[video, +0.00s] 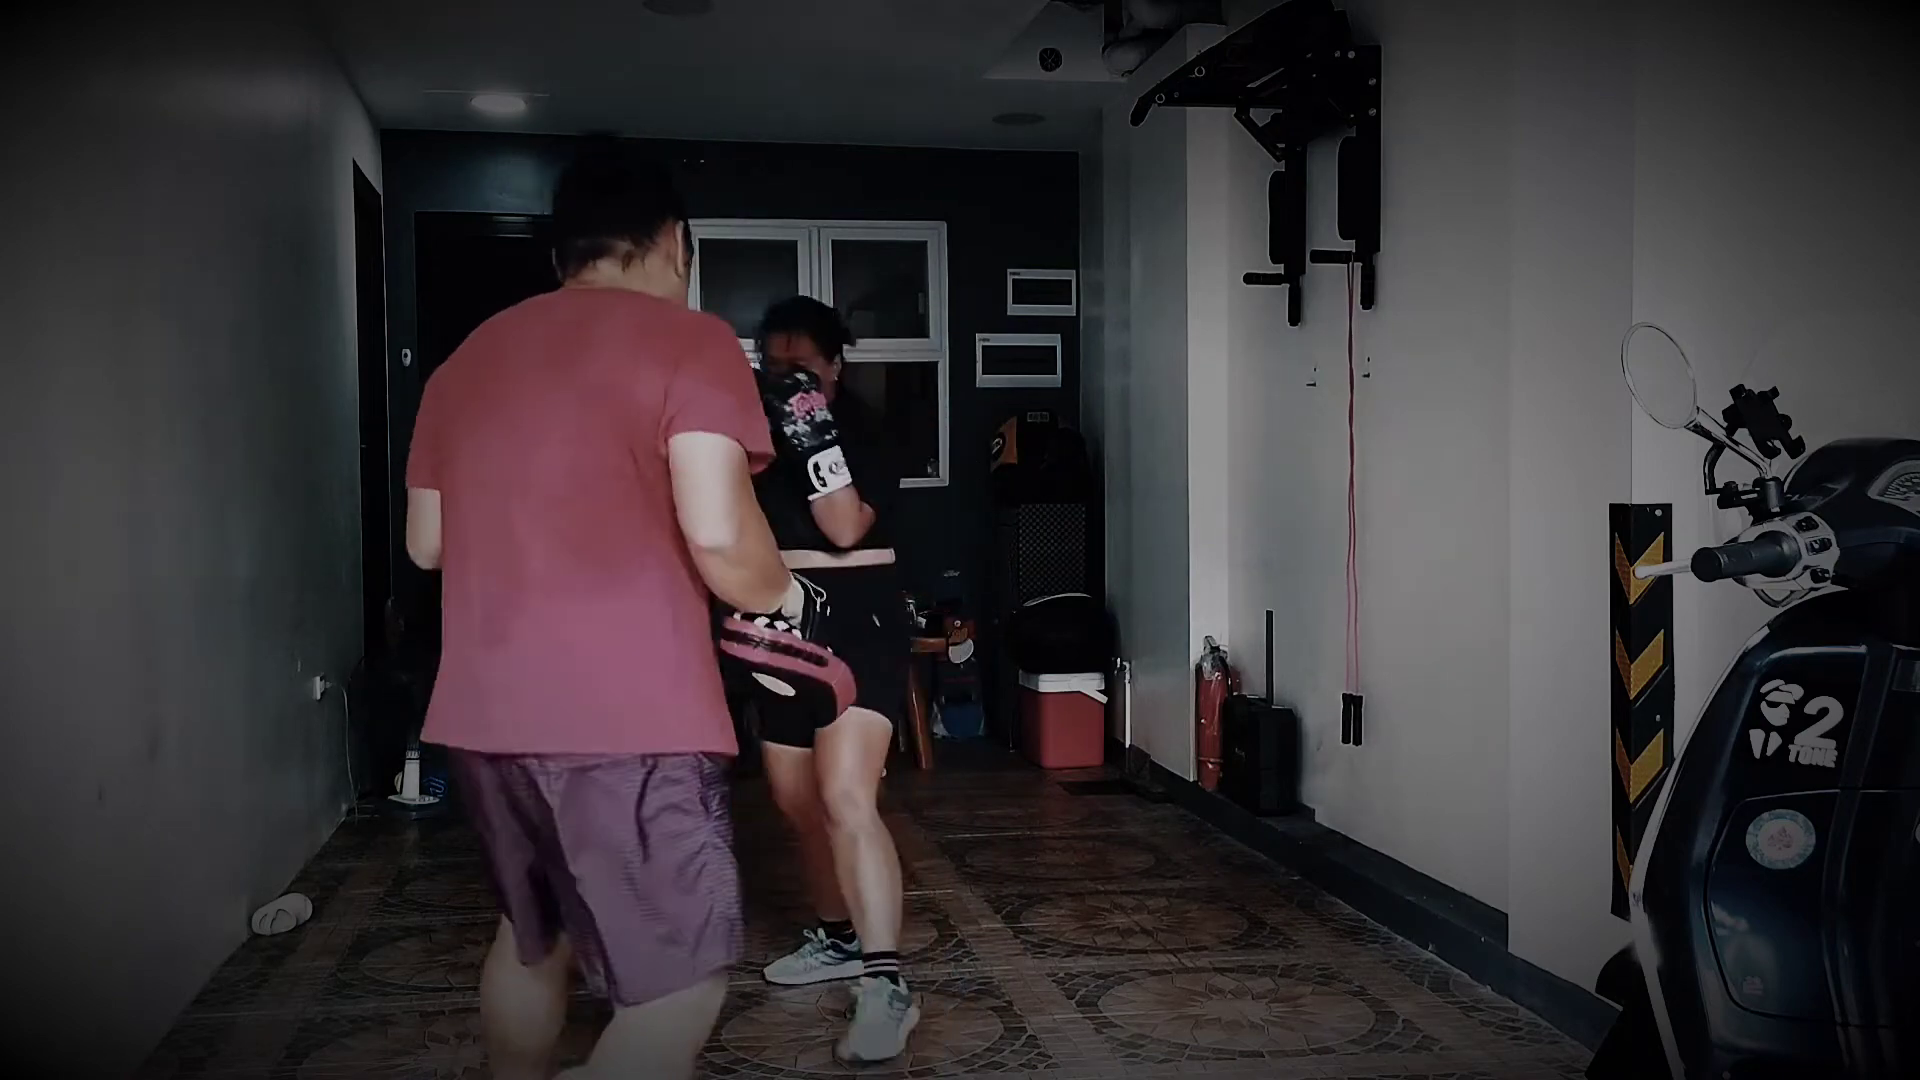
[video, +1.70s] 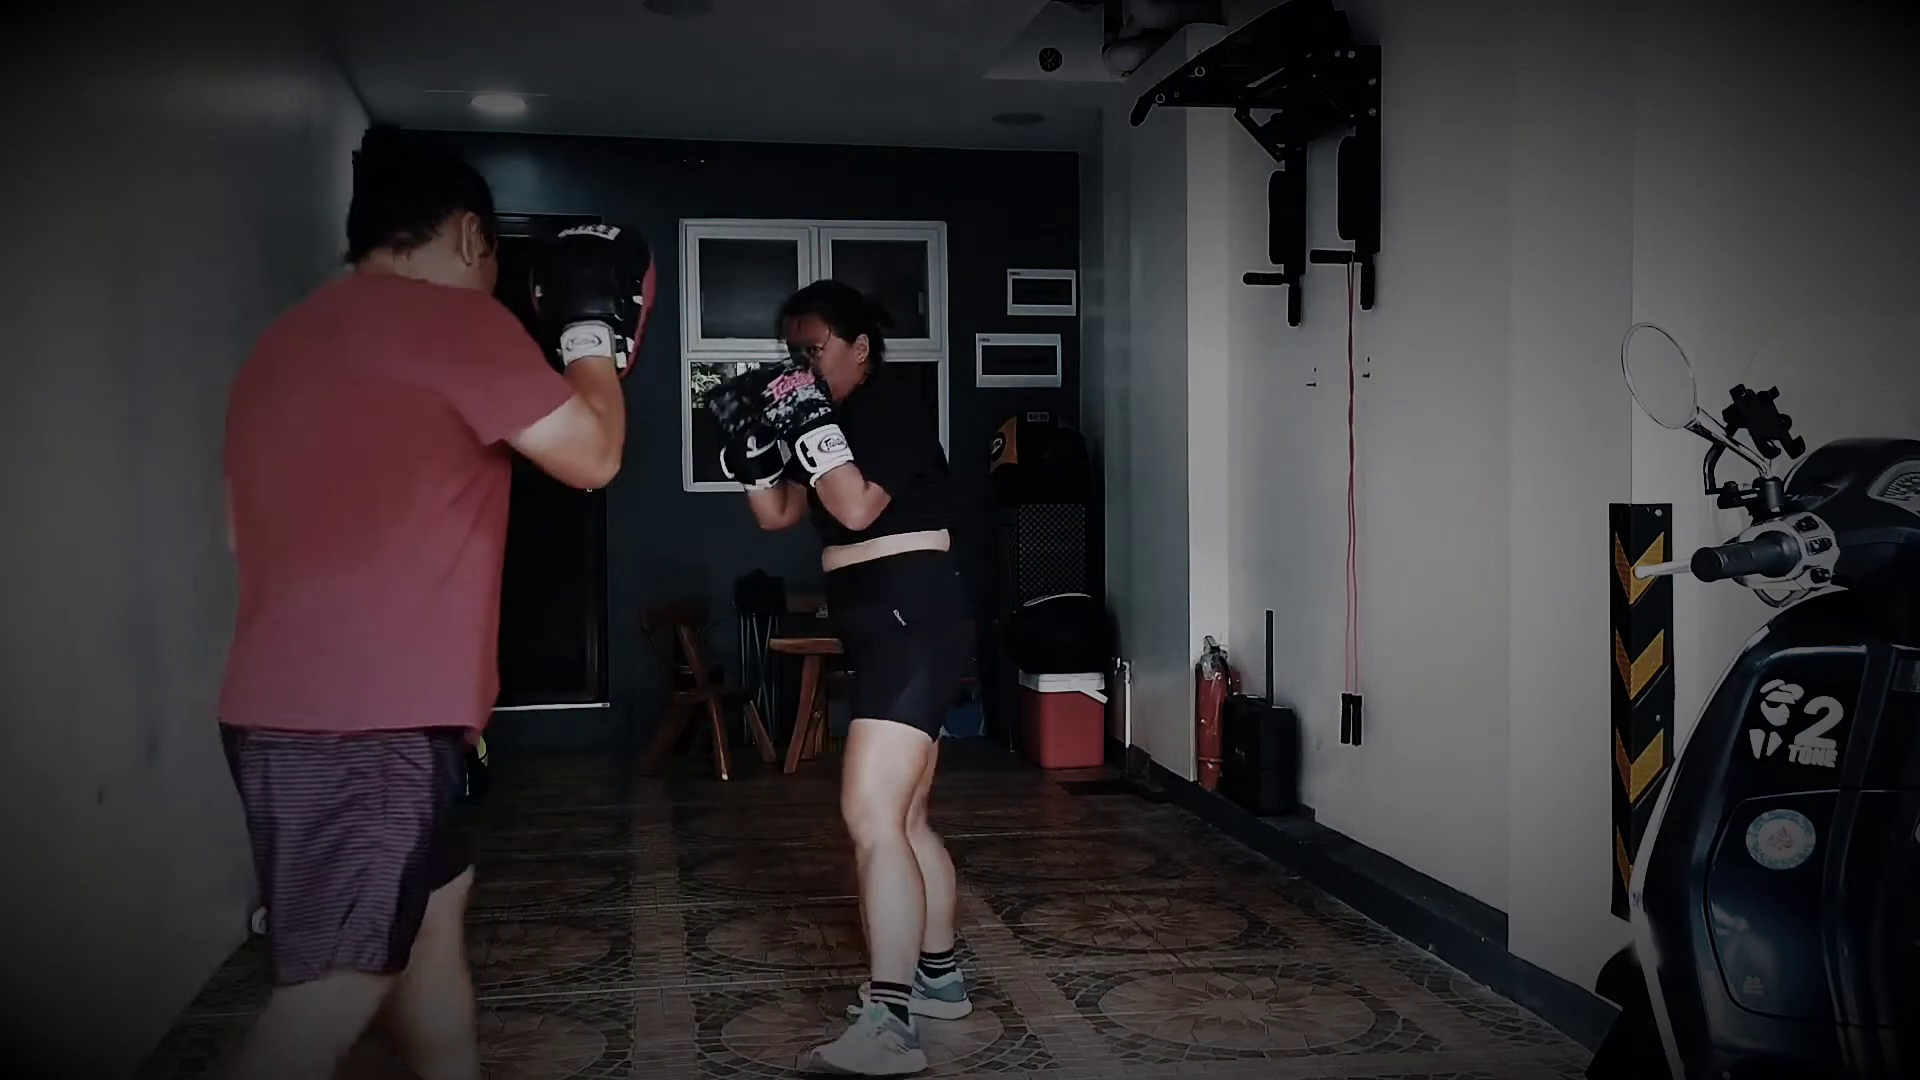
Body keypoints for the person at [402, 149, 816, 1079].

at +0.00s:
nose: (688, 271)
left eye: (686, 253)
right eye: (687, 252)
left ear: (566, 250)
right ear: (669, 241)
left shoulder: (464, 361)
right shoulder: (686, 336)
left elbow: (426, 541)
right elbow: (719, 536)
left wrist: (547, 527)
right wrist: (782, 593)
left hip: (481, 725)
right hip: (631, 727)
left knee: (528, 933)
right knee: (676, 984)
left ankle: (510, 1077)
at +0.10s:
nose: (684, 256)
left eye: (681, 236)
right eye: (681, 235)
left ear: (562, 234)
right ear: (664, 225)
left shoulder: (466, 340)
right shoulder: (678, 318)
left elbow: (448, 518)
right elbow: (712, 520)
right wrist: (774, 574)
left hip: (471, 705)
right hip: (614, 712)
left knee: (506, 921)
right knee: (651, 979)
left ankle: (470, 1073)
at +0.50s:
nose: (615, 293)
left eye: (609, 270)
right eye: (609, 267)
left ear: (509, 256)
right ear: (582, 252)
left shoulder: (425, 347)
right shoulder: (574, 348)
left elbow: (482, 509)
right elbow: (602, 537)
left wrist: (638, 559)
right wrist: (689, 574)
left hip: (368, 699)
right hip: (479, 712)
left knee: (436, 930)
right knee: (529, 955)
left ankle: (436, 1075)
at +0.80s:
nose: (546, 290)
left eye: (550, 273)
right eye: (547, 266)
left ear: (438, 244)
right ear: (514, 242)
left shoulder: (367, 333)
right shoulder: (491, 337)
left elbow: (432, 504)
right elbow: (532, 518)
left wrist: (584, 558)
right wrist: (630, 524)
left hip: (323, 691)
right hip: (397, 705)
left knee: (414, 952)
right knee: (378, 958)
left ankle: (423, 1077)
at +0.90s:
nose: (525, 268)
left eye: (524, 245)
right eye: (524, 242)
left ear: (412, 225)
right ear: (490, 225)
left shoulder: (345, 317)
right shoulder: (465, 317)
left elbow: (411, 484)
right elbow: (503, 495)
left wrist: (557, 533)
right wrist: (602, 511)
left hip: (306, 681)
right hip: (379, 694)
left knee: (349, 932)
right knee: (369, 946)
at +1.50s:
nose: (476, 272)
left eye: (475, 251)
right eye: (473, 247)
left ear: (361, 231)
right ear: (441, 234)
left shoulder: (289, 334)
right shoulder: (407, 332)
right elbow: (556, 470)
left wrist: (558, 383)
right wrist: (565, 363)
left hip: (260, 721)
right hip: (332, 729)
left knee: (323, 978)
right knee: (354, 985)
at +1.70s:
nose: (488, 271)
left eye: (488, 252)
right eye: (487, 249)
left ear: (372, 228)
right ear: (462, 230)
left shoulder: (282, 341)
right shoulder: (457, 325)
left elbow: (241, 527)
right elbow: (593, 455)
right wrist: (598, 344)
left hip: (277, 710)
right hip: (378, 717)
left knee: (436, 895)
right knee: (333, 984)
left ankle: (452, 1077)